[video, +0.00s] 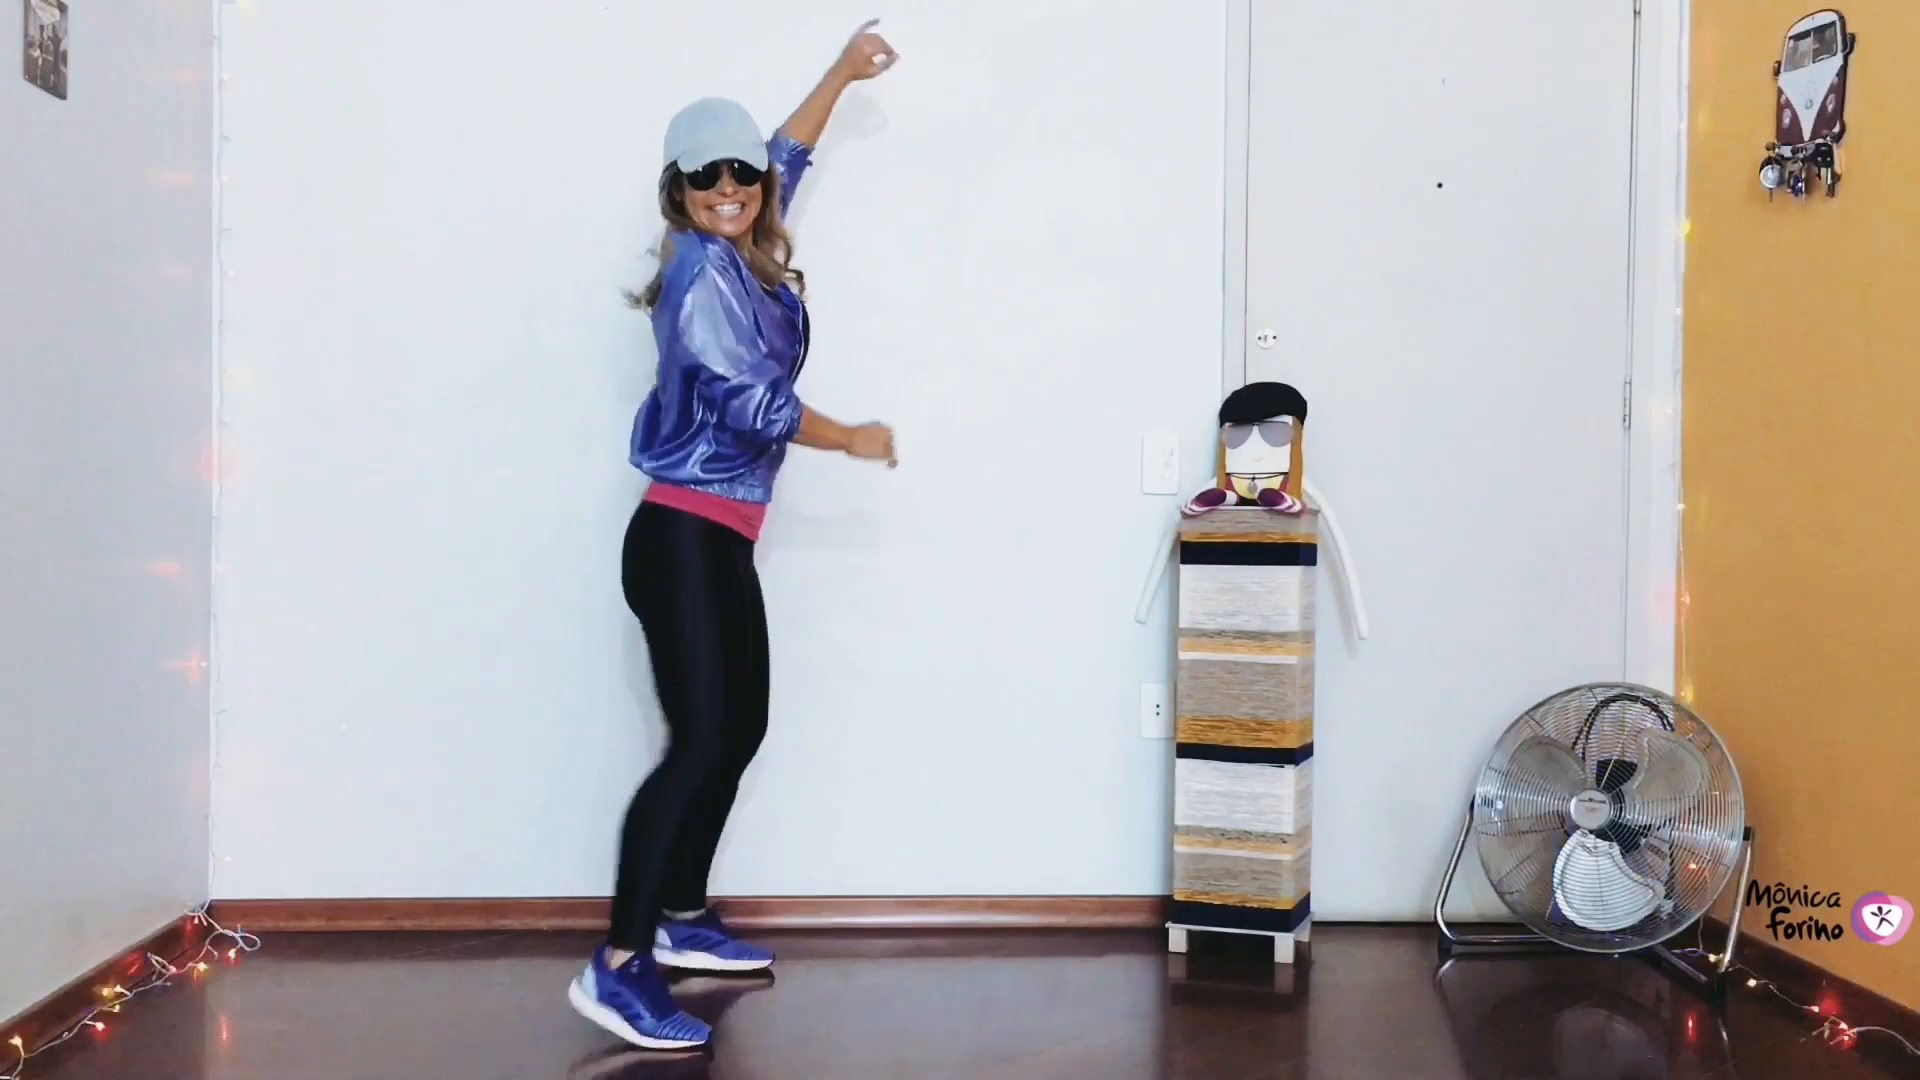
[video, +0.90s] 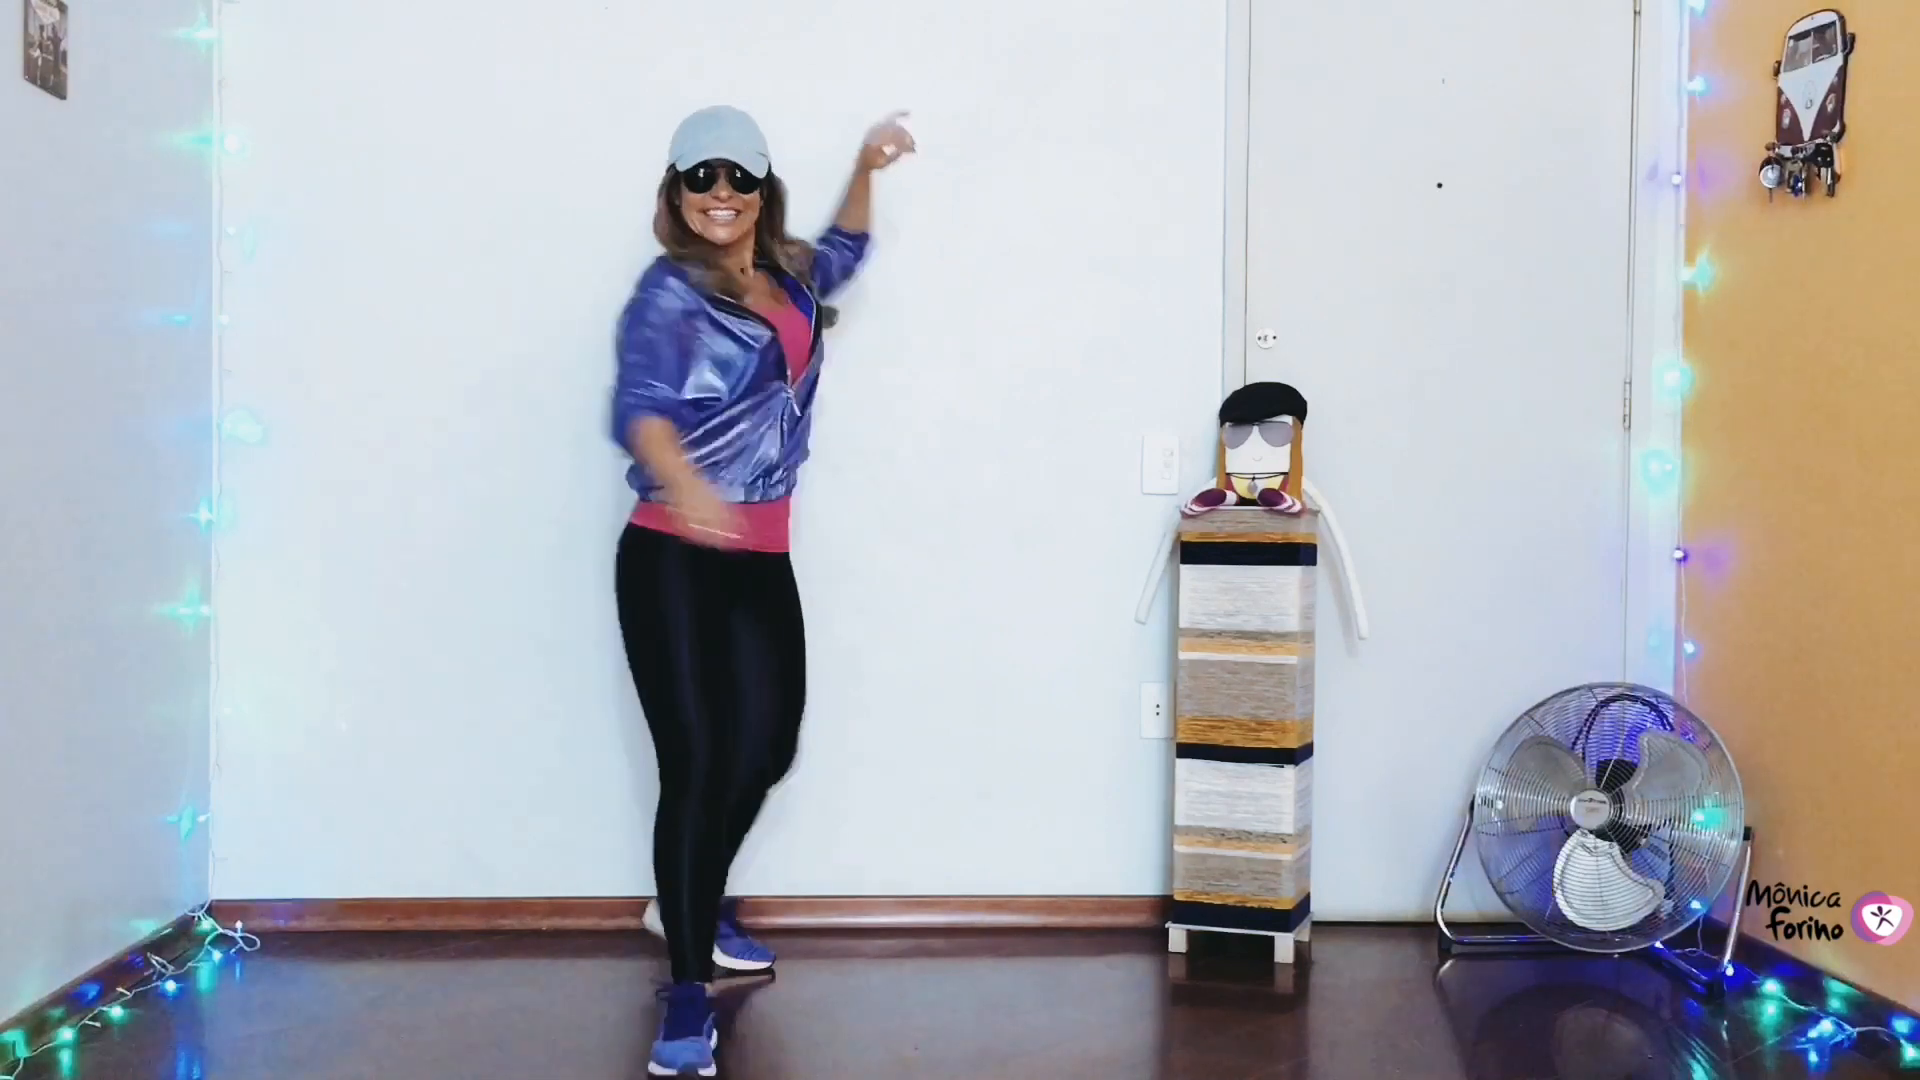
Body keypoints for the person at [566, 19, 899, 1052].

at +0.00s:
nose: (729, 192)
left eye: (744, 176)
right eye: (711, 179)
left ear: (763, 182)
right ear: (682, 192)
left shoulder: (754, 249)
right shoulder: (701, 276)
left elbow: (791, 156)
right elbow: (742, 395)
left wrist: (841, 73)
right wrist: (845, 437)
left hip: (724, 544)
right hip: (678, 540)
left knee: (741, 726)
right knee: (700, 737)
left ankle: (681, 921)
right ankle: (618, 964)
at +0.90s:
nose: (721, 194)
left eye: (740, 178)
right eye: (700, 179)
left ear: (766, 190)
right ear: (675, 194)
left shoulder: (788, 275)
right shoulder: (667, 293)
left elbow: (842, 253)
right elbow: (643, 411)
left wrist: (866, 169)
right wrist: (684, 483)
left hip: (763, 557)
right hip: (672, 557)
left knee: (769, 745)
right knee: (699, 763)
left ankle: (700, 907)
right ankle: (686, 992)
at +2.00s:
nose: (708, 215)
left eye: (732, 204)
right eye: (697, 194)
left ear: (758, 218)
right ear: (677, 199)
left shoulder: (743, 298)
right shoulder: (676, 271)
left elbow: (703, 439)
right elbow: (654, 168)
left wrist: (603, 456)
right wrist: (646, 53)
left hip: (746, 549)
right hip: (680, 548)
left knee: (684, 709)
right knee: (645, 718)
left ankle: (726, 935)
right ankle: (706, 918)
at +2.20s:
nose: (722, 219)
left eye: (744, 209)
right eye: (712, 198)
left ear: (766, 218)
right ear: (687, 199)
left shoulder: (755, 295)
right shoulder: (675, 270)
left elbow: (749, 428)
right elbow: (639, 164)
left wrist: (639, 457)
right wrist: (623, 51)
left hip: (739, 534)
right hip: (684, 538)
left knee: (666, 704)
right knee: (644, 718)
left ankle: (719, 915)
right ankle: (708, 909)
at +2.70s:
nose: (740, 189)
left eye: (761, 179)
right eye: (724, 171)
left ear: (780, 199)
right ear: (695, 187)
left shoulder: (787, 279)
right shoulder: (671, 284)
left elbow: (834, 403)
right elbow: (620, 261)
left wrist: (722, 462)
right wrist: (587, 165)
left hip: (768, 551)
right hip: (685, 552)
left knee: (764, 742)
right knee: (696, 734)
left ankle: (819, 962)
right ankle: (718, 920)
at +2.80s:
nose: (752, 195)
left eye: (773, 184)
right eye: (735, 178)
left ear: (795, 203)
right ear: (706, 194)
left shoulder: (811, 283)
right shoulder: (690, 299)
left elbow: (904, 386)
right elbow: (600, 328)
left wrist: (819, 466)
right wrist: (558, 228)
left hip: (791, 568)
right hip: (703, 561)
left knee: (775, 764)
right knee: (650, 740)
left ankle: (820, 979)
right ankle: (706, 906)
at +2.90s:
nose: (758, 198)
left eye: (780, 188)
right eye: (741, 181)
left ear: (802, 209)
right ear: (712, 198)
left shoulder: (836, 292)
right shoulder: (687, 317)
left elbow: (961, 365)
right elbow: (586, 392)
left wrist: (925, 436)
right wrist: (509, 308)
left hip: (819, 579)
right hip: (721, 575)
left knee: (793, 772)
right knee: (608, 732)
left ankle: (821, 983)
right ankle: (677, 879)